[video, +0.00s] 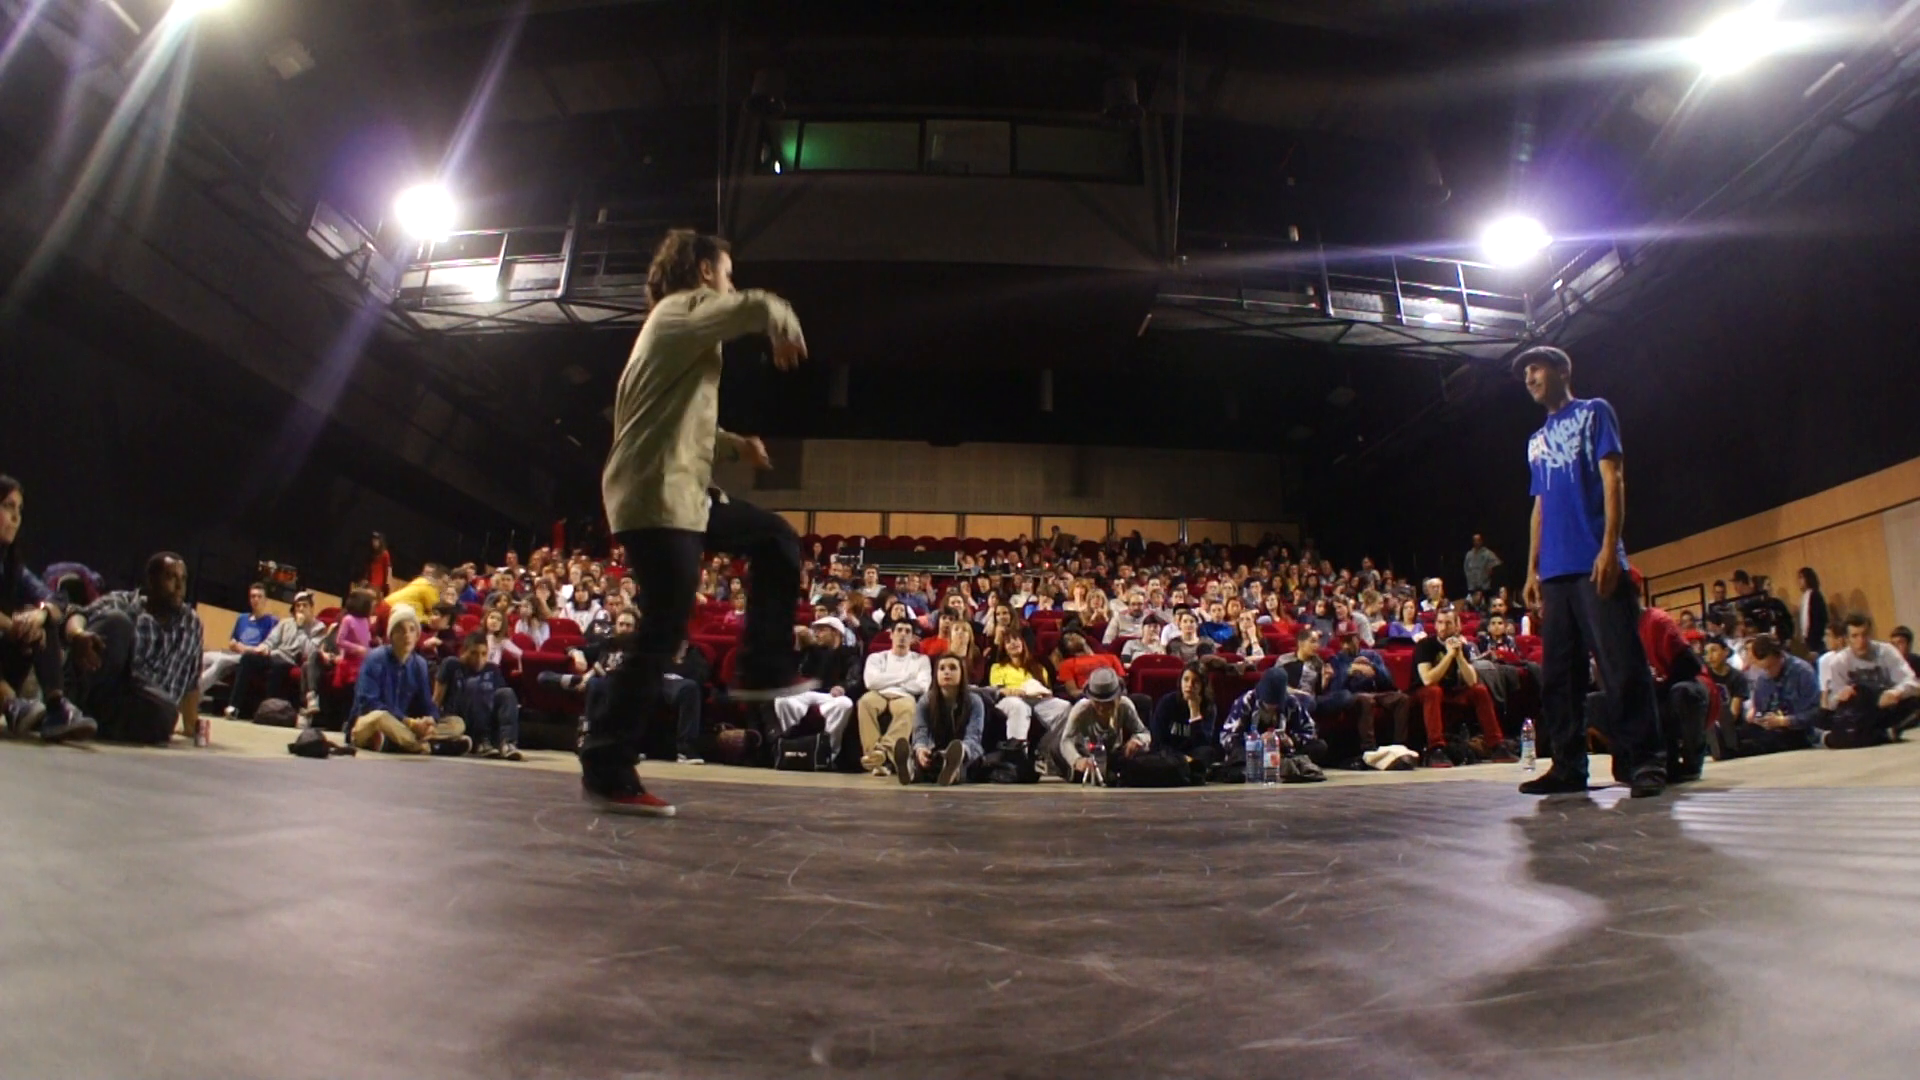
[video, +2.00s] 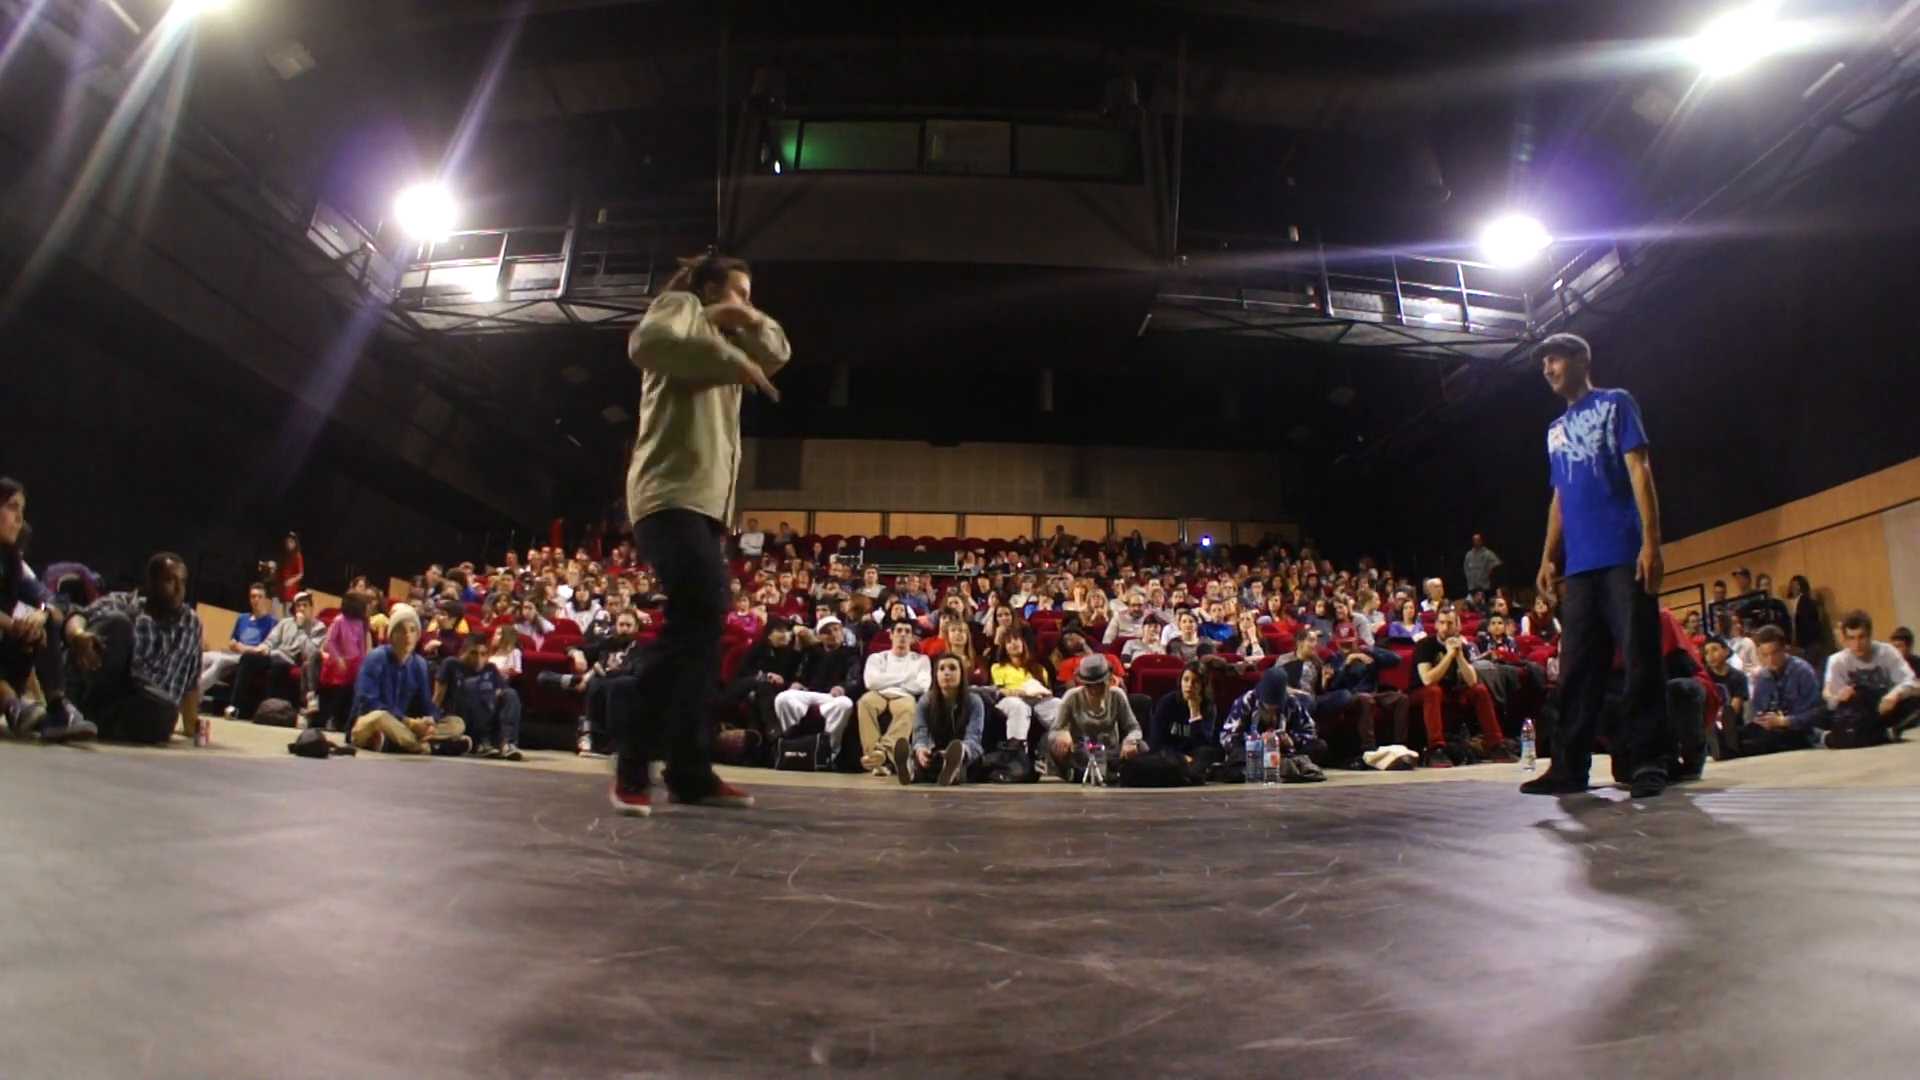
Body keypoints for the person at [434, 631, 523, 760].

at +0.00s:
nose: (479, 659)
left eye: (483, 654)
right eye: (474, 654)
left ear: (488, 654)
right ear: (465, 652)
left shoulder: (492, 670)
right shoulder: (451, 665)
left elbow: (501, 695)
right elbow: (438, 698)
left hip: (488, 717)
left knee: (507, 693)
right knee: (472, 687)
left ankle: (507, 743)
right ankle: (482, 742)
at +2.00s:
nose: (478, 659)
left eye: (483, 654)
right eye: (474, 654)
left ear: (488, 654)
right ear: (465, 653)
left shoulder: (491, 669)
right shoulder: (451, 664)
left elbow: (499, 694)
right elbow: (438, 697)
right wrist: (429, 721)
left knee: (510, 694)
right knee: (471, 690)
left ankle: (507, 743)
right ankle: (482, 742)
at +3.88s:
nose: (478, 659)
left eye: (483, 654)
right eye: (473, 654)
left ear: (487, 654)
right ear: (465, 653)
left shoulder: (491, 669)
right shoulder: (450, 665)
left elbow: (496, 696)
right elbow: (438, 698)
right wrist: (430, 721)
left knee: (510, 694)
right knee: (470, 687)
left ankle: (508, 743)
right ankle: (482, 741)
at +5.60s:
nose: (478, 658)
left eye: (482, 654)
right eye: (473, 653)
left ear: (486, 655)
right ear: (463, 653)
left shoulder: (491, 670)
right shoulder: (451, 665)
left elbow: (496, 698)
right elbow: (437, 700)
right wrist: (426, 726)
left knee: (511, 694)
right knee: (472, 688)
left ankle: (508, 743)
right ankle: (483, 742)